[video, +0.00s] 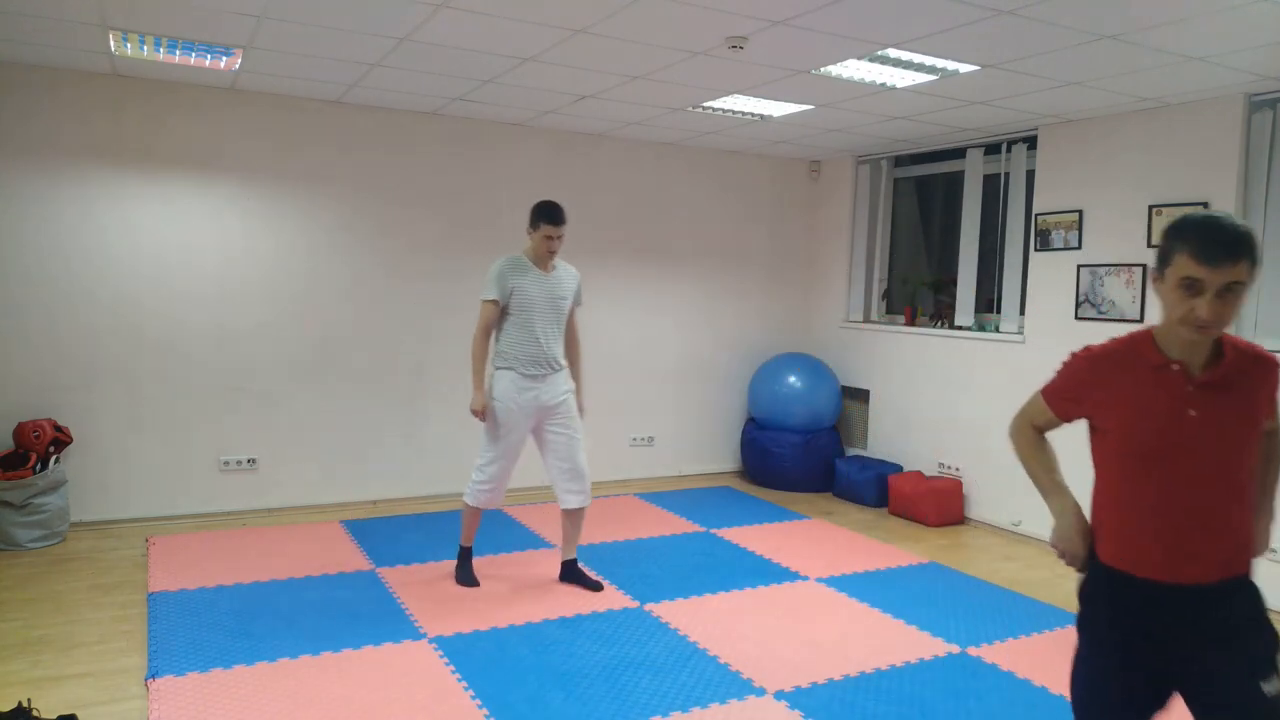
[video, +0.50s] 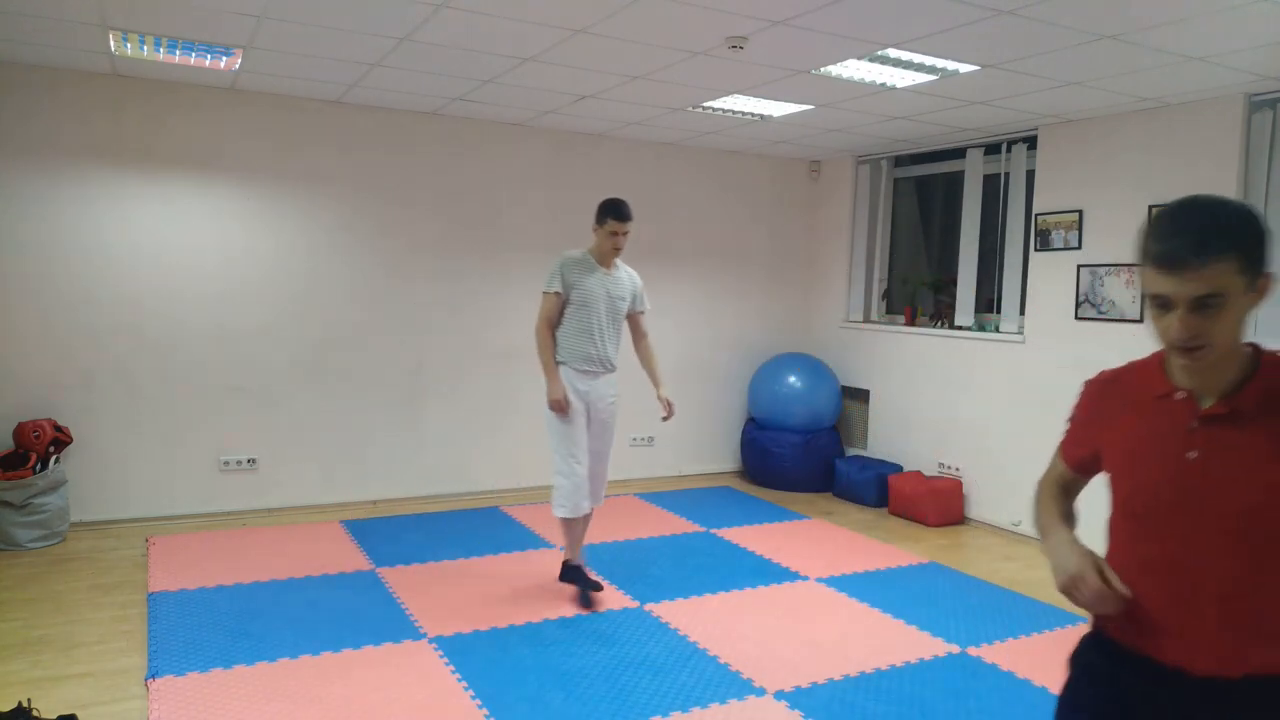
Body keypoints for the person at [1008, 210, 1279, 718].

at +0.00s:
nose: (1208, 310)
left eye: (1229, 292)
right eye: (1191, 287)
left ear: (1246, 292)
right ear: (1159, 281)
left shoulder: (1263, 375)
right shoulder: (1101, 369)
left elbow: (1270, 434)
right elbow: (1025, 427)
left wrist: (1260, 516)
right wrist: (1066, 514)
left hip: (1227, 611)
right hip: (1123, 609)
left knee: (1253, 710)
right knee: (1103, 710)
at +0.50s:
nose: (1180, 328)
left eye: (1206, 304)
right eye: (1162, 305)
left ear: (1256, 294)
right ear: (1144, 293)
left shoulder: (1273, 396)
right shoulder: (1111, 398)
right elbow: (1055, 487)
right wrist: (1061, 547)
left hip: (1254, 689)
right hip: (1124, 678)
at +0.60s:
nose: (1114, 340)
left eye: (1137, 314)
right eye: (1095, 316)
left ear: (1196, 293)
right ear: (1082, 304)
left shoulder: (1267, 405)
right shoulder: (1069, 404)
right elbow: (1013, 510)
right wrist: (1032, 527)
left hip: (1219, 701)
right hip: (1078, 690)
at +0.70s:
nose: (1041, 344)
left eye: (1060, 317)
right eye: (1024, 322)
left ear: (1127, 287)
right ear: (1012, 307)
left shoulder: (1240, 403)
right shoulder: (1019, 402)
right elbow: (949, 554)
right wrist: (992, 488)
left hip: (1175, 706)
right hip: (1035, 692)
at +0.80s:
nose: (976, 351)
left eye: (991, 324)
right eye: (960, 330)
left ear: (1061, 286)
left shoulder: (1197, 397)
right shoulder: (966, 396)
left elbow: (1276, 540)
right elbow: (892, 541)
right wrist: (962, 430)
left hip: (1133, 708)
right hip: (994, 696)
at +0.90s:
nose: (920, 353)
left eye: (935, 328)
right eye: (903, 335)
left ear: (1004, 285)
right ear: (891, 320)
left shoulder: (1149, 398)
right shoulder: (919, 396)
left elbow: (1247, 559)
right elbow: (827, 524)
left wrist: (1279, 693)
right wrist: (912, 394)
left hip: (1084, 709)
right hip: (946, 700)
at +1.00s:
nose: (862, 366)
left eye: (878, 331)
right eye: (843, 339)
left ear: (953, 281)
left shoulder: (1102, 412)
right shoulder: (869, 412)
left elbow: (1211, 582)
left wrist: (1267, 709)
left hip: (1034, 712)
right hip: (889, 708)